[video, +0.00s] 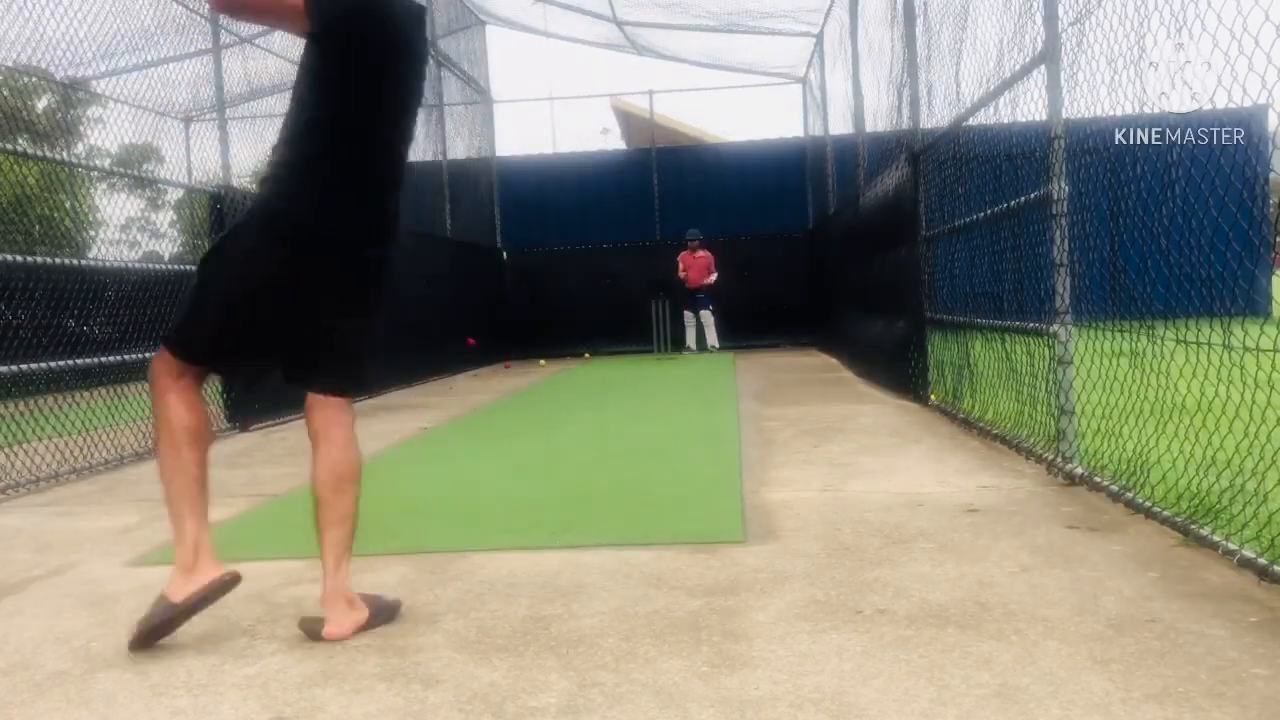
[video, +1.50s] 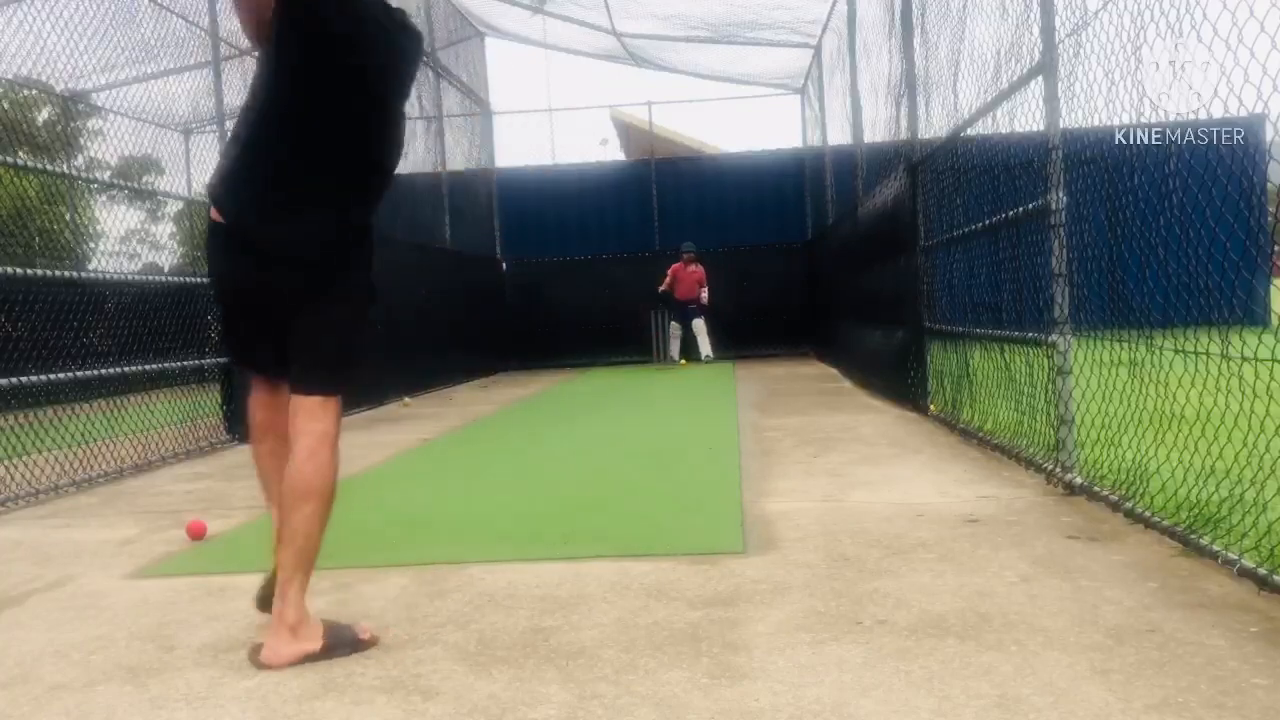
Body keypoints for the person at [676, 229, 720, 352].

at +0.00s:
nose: (692, 243)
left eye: (694, 241)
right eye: (689, 241)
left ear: (699, 241)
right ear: (687, 242)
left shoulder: (707, 255)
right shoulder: (682, 256)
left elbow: (713, 272)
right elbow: (680, 272)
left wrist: (711, 279)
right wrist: (684, 275)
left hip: (702, 289)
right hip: (688, 290)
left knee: (706, 316)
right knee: (689, 318)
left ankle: (713, 345)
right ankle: (690, 346)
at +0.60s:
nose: (693, 247)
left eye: (695, 244)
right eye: (692, 244)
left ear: (702, 242)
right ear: (693, 244)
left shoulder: (714, 254)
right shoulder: (693, 257)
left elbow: (723, 272)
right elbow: (691, 272)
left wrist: (713, 279)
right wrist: (694, 277)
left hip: (709, 288)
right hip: (697, 288)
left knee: (710, 314)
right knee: (693, 314)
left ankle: (713, 345)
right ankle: (691, 345)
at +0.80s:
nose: (718, 274)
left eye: (720, 272)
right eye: (716, 271)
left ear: (721, 273)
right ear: (710, 270)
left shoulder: (715, 281)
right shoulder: (702, 282)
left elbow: (713, 293)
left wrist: (714, 301)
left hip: (702, 303)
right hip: (690, 304)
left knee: (703, 328)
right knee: (689, 329)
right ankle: (685, 356)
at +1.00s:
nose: (714, 268)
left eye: (716, 265)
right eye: (712, 265)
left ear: (718, 266)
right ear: (707, 264)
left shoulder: (716, 275)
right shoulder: (699, 275)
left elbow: (716, 288)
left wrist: (719, 298)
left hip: (702, 302)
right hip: (689, 302)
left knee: (705, 326)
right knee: (680, 326)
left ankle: (707, 356)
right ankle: (673, 350)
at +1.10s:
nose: (711, 263)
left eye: (713, 261)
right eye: (709, 260)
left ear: (716, 262)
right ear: (704, 260)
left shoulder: (715, 275)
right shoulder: (695, 271)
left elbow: (718, 292)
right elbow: (687, 290)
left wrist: (721, 305)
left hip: (703, 304)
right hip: (689, 302)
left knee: (704, 325)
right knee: (678, 324)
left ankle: (707, 356)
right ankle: (674, 352)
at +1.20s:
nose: (707, 260)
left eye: (709, 257)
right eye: (704, 257)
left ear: (712, 259)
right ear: (700, 258)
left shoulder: (713, 274)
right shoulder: (690, 269)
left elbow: (716, 292)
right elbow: (681, 280)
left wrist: (719, 303)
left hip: (700, 303)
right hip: (685, 301)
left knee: (704, 326)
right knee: (678, 326)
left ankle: (707, 356)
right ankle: (674, 354)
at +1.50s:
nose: (689, 256)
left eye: (691, 253)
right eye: (686, 253)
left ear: (695, 254)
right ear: (682, 255)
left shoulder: (699, 268)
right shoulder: (675, 268)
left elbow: (703, 286)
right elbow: (667, 282)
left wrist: (704, 297)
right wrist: (662, 289)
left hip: (693, 303)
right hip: (678, 303)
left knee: (699, 326)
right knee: (675, 329)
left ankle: (706, 355)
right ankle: (674, 357)